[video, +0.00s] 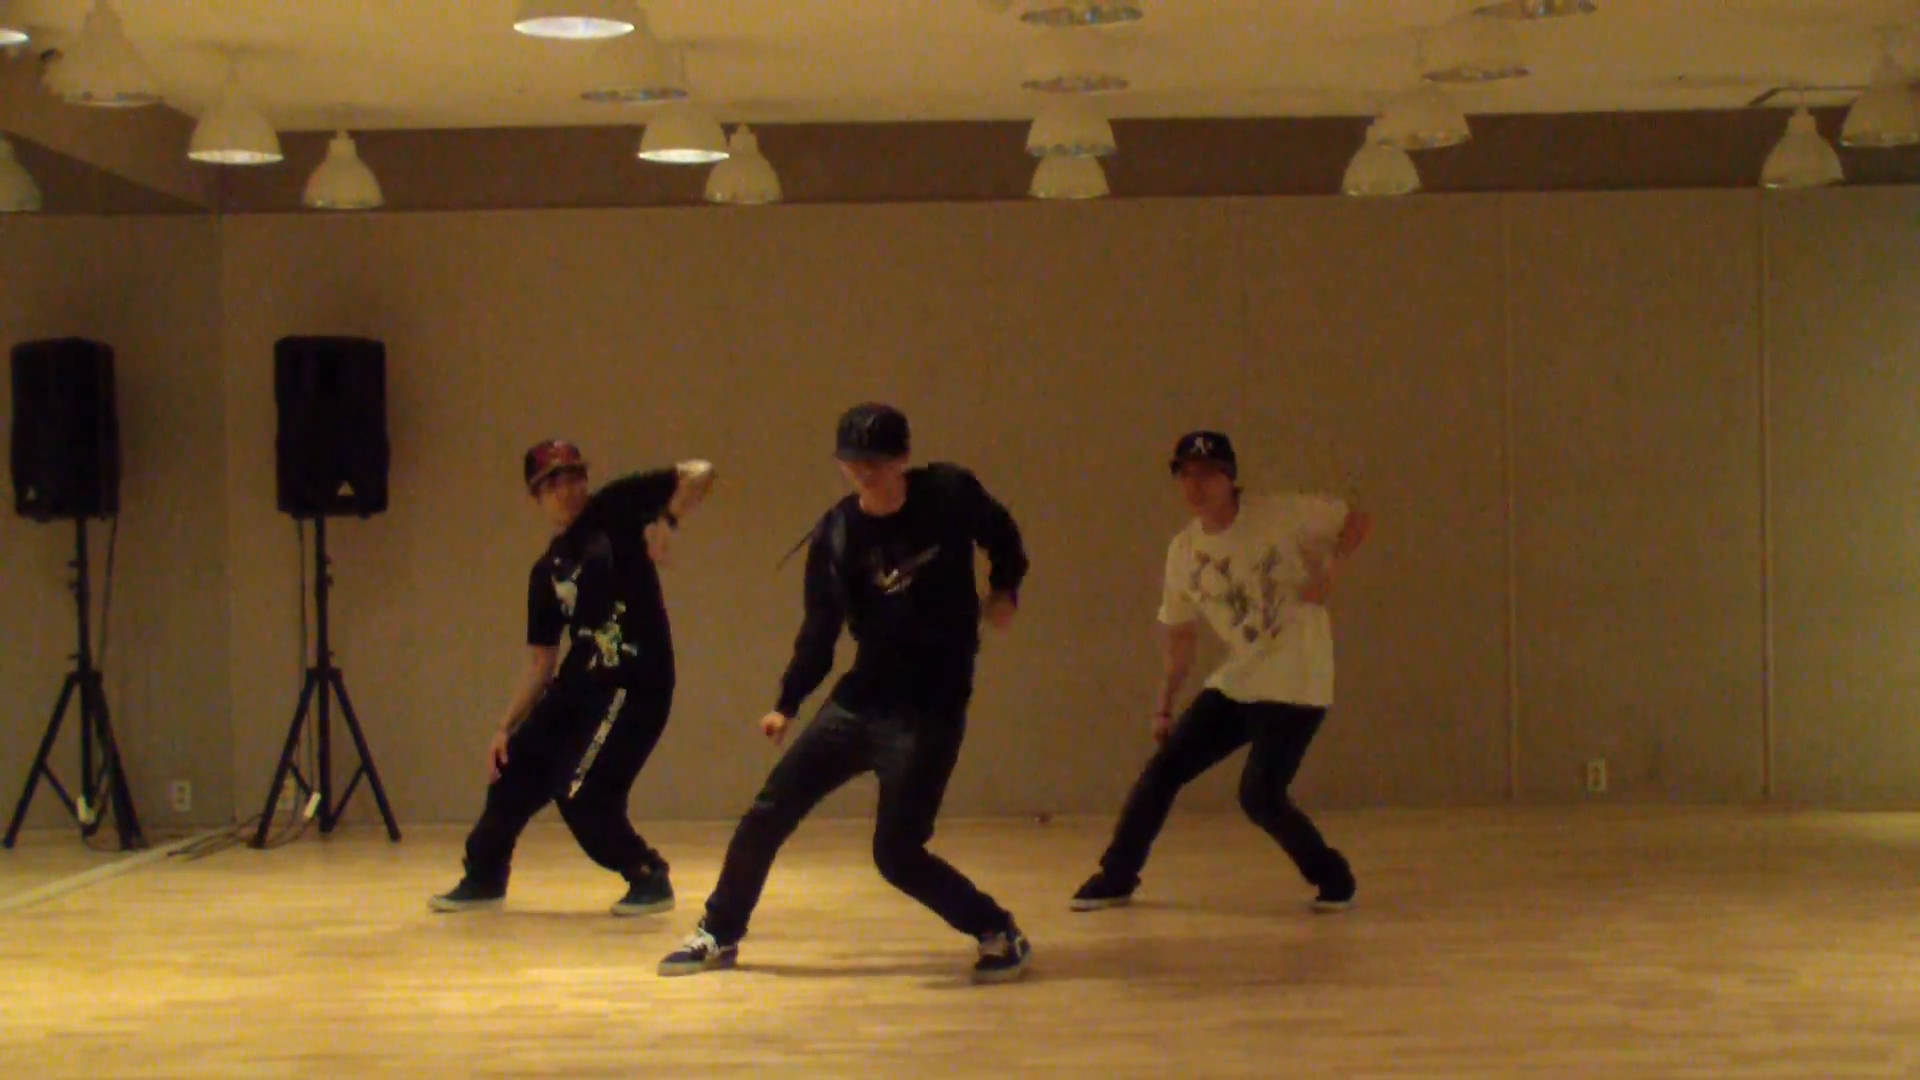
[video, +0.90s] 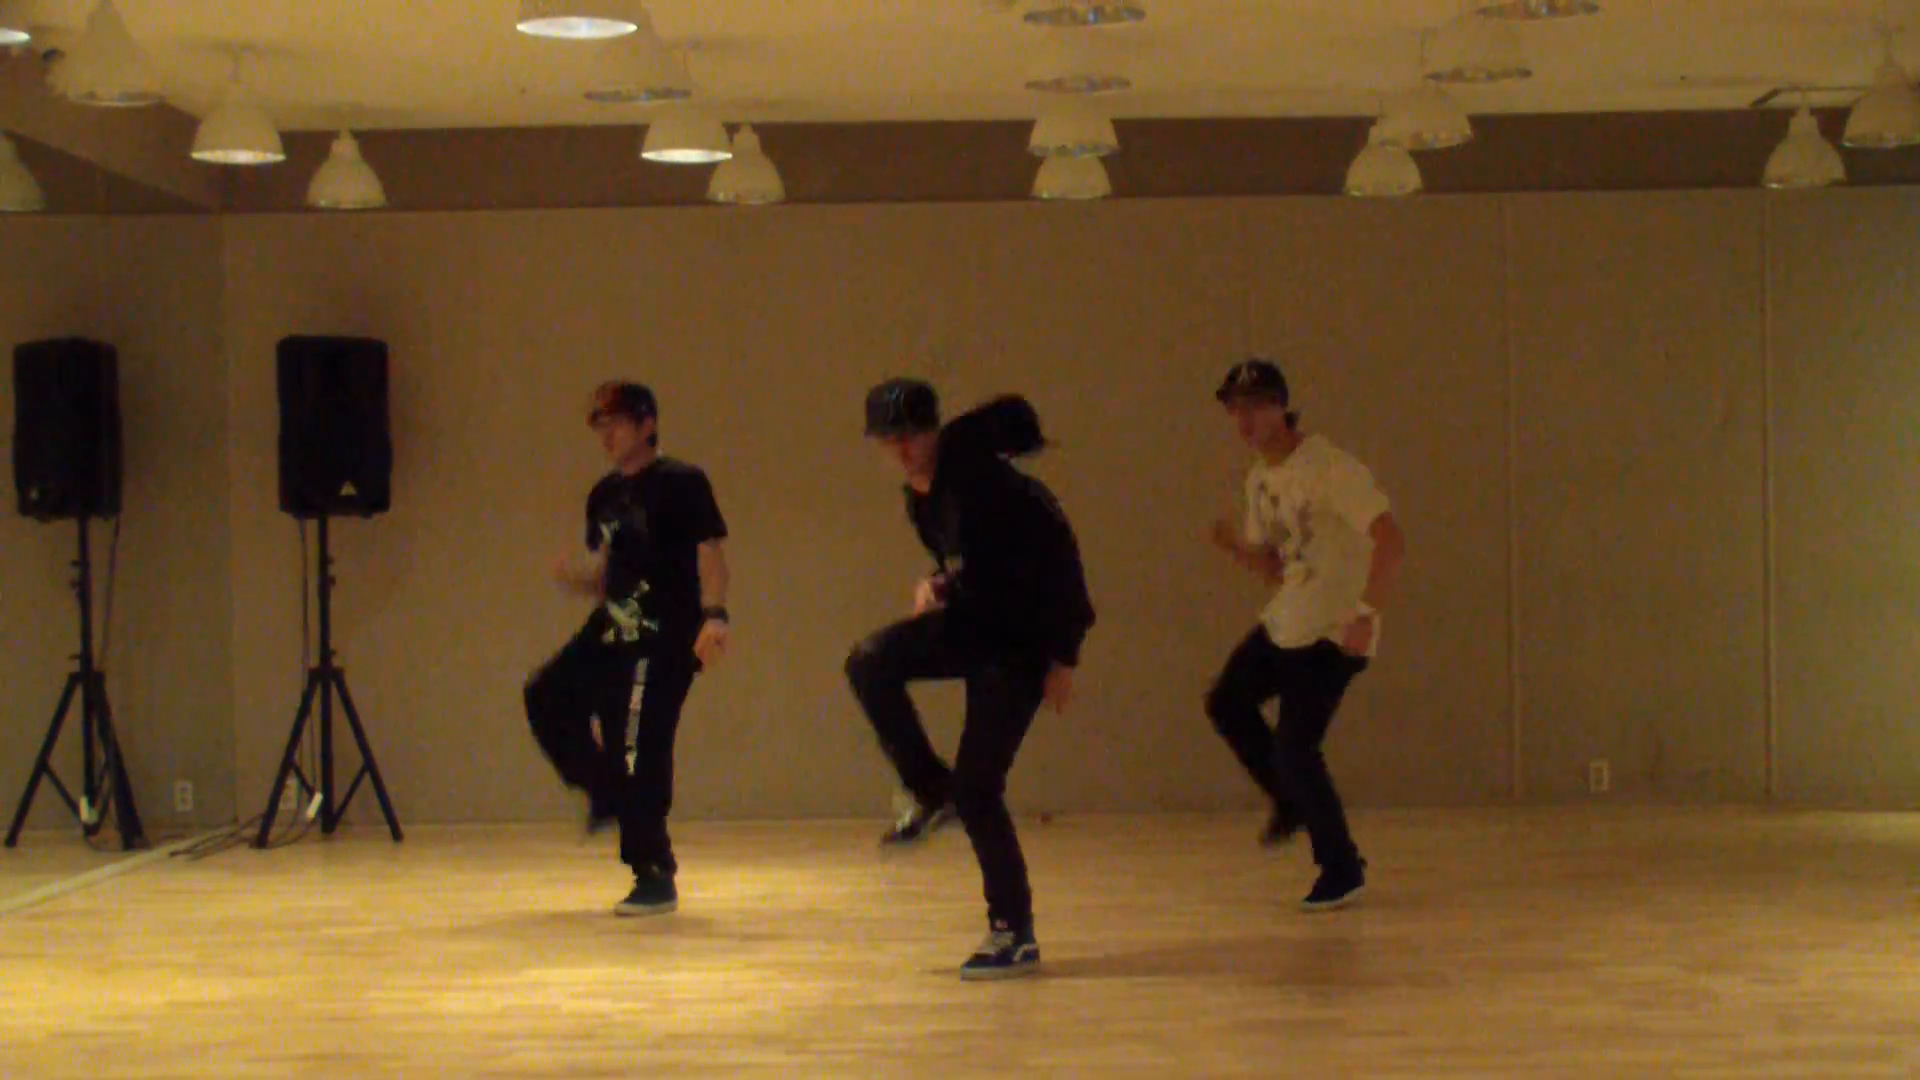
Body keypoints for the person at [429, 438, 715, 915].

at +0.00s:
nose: (567, 488)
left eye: (574, 476)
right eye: (554, 481)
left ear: (587, 480)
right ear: (537, 496)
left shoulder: (619, 505)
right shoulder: (547, 571)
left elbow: (700, 473)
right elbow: (541, 662)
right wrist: (505, 728)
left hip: (638, 680)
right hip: (581, 683)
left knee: (584, 792)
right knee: (520, 767)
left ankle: (648, 877)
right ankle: (484, 876)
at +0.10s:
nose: (573, 482)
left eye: (581, 471)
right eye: (559, 476)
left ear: (595, 477)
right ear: (542, 491)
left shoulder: (624, 505)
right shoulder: (551, 568)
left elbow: (708, 507)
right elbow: (541, 661)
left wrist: (687, 563)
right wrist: (507, 730)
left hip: (642, 678)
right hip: (585, 682)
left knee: (587, 794)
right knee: (521, 766)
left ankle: (648, 875)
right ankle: (485, 876)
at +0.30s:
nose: (591, 437)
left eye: (603, 426)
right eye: (582, 428)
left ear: (627, 434)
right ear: (574, 440)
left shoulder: (655, 490)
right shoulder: (565, 499)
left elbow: (696, 563)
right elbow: (490, 498)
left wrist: (709, 644)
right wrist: (412, 507)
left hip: (652, 646)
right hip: (601, 645)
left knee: (614, 766)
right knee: (546, 750)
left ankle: (651, 876)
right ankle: (572, 866)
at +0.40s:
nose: (593, 424)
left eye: (606, 415)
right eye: (588, 416)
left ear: (635, 430)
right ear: (581, 428)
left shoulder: (656, 490)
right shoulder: (572, 479)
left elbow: (695, 568)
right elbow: (527, 418)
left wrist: (704, 646)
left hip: (651, 650)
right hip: (599, 651)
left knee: (633, 766)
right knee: (575, 762)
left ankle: (650, 875)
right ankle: (639, 867)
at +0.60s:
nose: (610, 422)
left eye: (623, 413)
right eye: (607, 413)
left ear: (656, 427)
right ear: (608, 425)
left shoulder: (675, 491)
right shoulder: (598, 471)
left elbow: (700, 570)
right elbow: (541, 436)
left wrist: (705, 641)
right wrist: (533, 361)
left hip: (645, 646)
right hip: (598, 645)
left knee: (632, 765)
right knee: (588, 768)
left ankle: (655, 872)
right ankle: (643, 868)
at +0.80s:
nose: (630, 429)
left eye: (642, 420)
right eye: (627, 420)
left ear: (674, 428)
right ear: (626, 429)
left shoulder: (695, 495)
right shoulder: (613, 491)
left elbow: (707, 568)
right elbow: (578, 558)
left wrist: (714, 622)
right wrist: (577, 492)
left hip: (639, 635)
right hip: (590, 632)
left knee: (620, 760)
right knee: (585, 762)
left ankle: (653, 873)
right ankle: (639, 869)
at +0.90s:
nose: (604, 436)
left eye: (613, 425)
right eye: (600, 427)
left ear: (646, 425)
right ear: (599, 433)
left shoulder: (684, 484)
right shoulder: (605, 493)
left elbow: (711, 555)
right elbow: (606, 574)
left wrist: (715, 614)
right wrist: (578, 574)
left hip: (668, 629)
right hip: (614, 624)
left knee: (642, 745)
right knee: (547, 696)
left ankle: (654, 871)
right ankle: (606, 786)